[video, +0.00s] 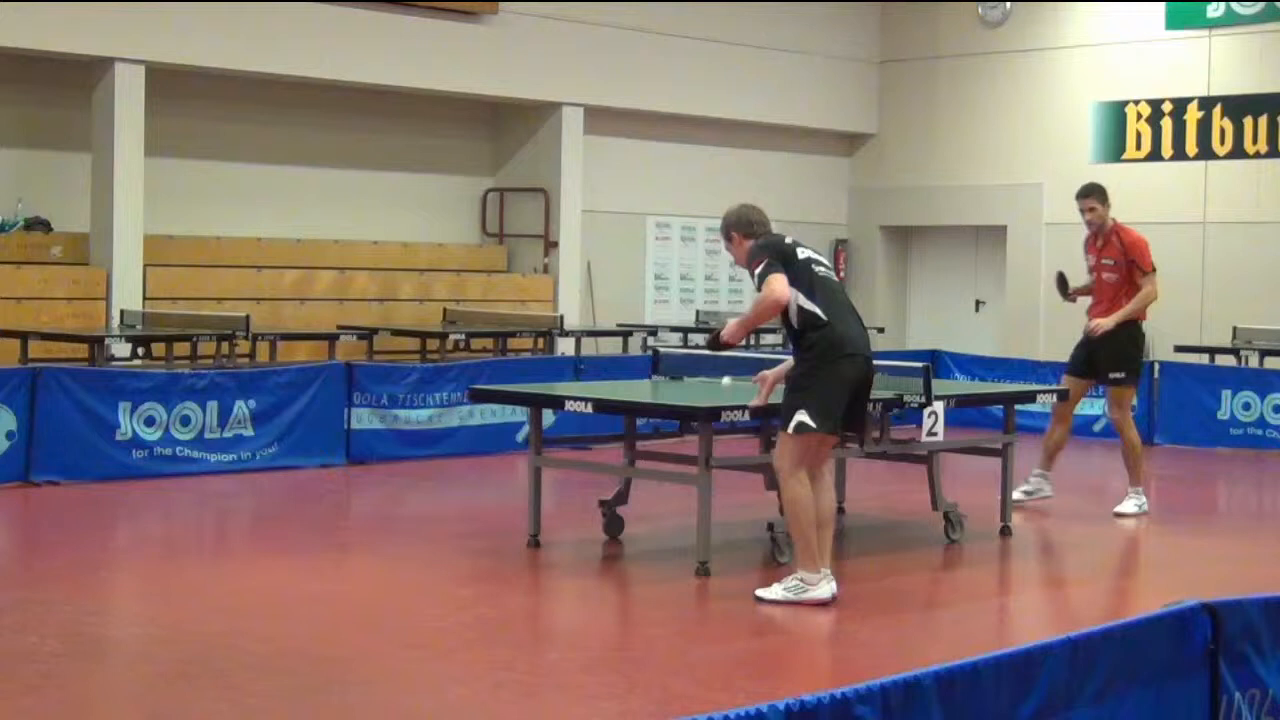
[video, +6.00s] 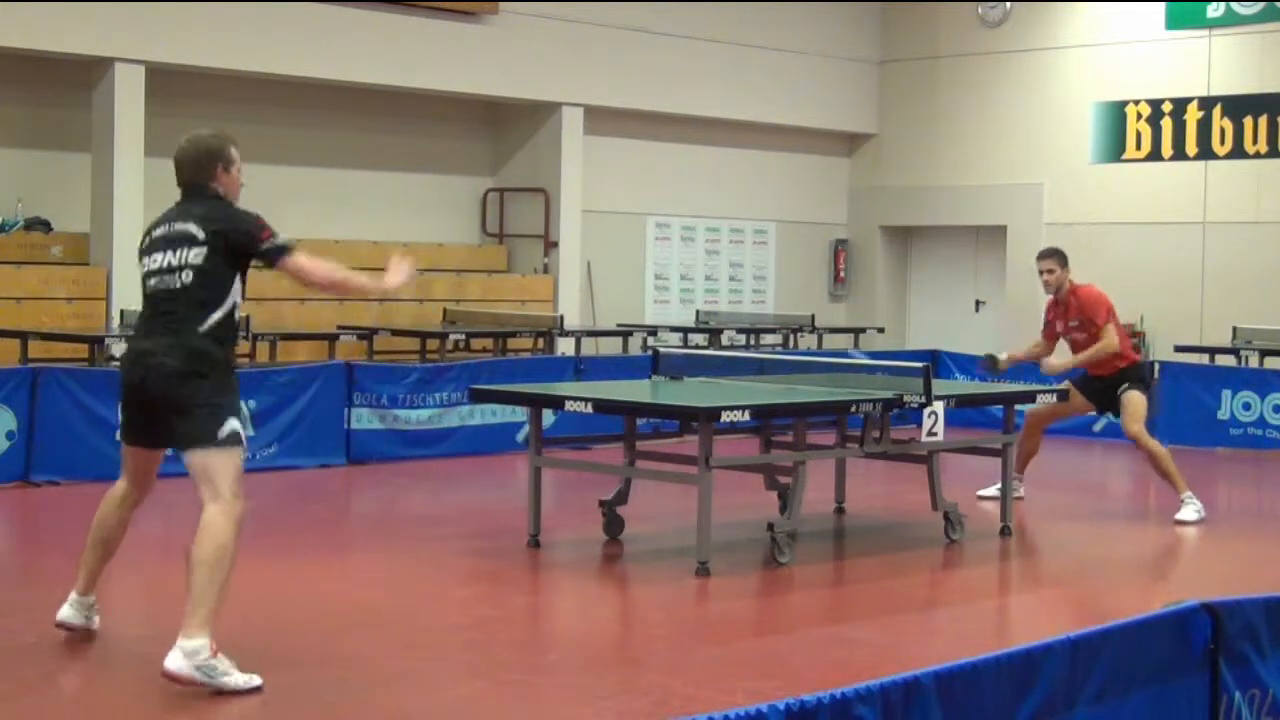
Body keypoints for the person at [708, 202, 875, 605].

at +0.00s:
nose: (731, 257)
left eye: (729, 248)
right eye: (728, 249)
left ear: (738, 238)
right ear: (764, 232)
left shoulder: (762, 251)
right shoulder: (802, 253)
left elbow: (779, 293)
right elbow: (829, 332)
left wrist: (743, 326)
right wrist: (778, 372)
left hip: (827, 361)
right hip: (855, 361)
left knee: (787, 463)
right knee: (816, 465)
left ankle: (809, 576)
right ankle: (822, 574)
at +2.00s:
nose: (629, 318)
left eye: (628, 310)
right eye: (628, 311)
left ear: (636, 306)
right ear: (661, 298)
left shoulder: (654, 321)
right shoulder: (686, 313)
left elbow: (645, 391)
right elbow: (689, 381)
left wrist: (626, 368)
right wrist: (630, 388)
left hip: (753, 390)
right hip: (772, 384)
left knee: (712, 498)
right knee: (700, 455)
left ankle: (804, 555)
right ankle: (717, 562)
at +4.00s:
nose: (449, 281)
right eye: (448, 276)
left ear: (401, 282)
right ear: (441, 281)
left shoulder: (382, 316)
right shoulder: (465, 317)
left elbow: (354, 377)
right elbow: (499, 391)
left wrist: (337, 433)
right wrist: (473, 423)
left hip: (398, 425)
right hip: (459, 425)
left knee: (340, 491)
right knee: (527, 509)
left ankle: (275, 578)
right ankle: (532, 575)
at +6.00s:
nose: (241, 177)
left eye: (239, 168)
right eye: (238, 169)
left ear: (187, 178)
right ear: (221, 174)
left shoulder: (157, 228)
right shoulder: (231, 221)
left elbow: (164, 301)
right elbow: (315, 274)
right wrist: (383, 283)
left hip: (140, 367)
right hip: (197, 372)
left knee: (131, 485)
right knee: (223, 501)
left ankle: (79, 600)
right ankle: (194, 646)